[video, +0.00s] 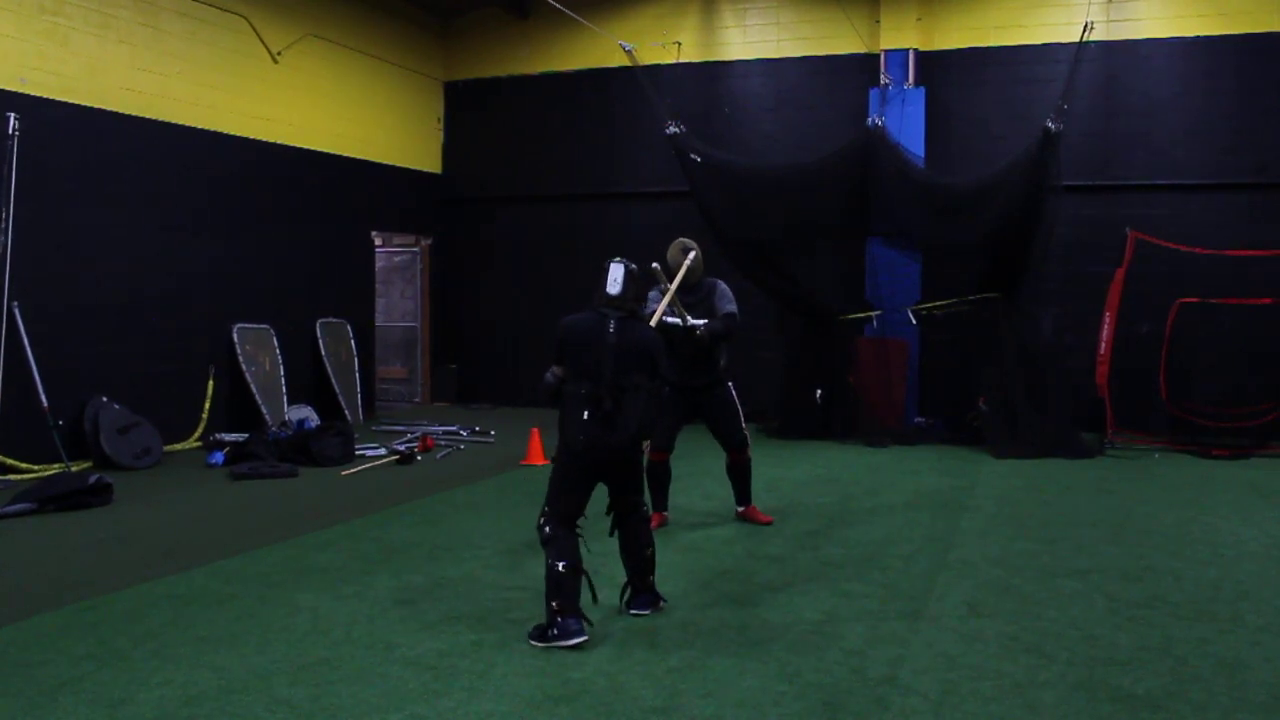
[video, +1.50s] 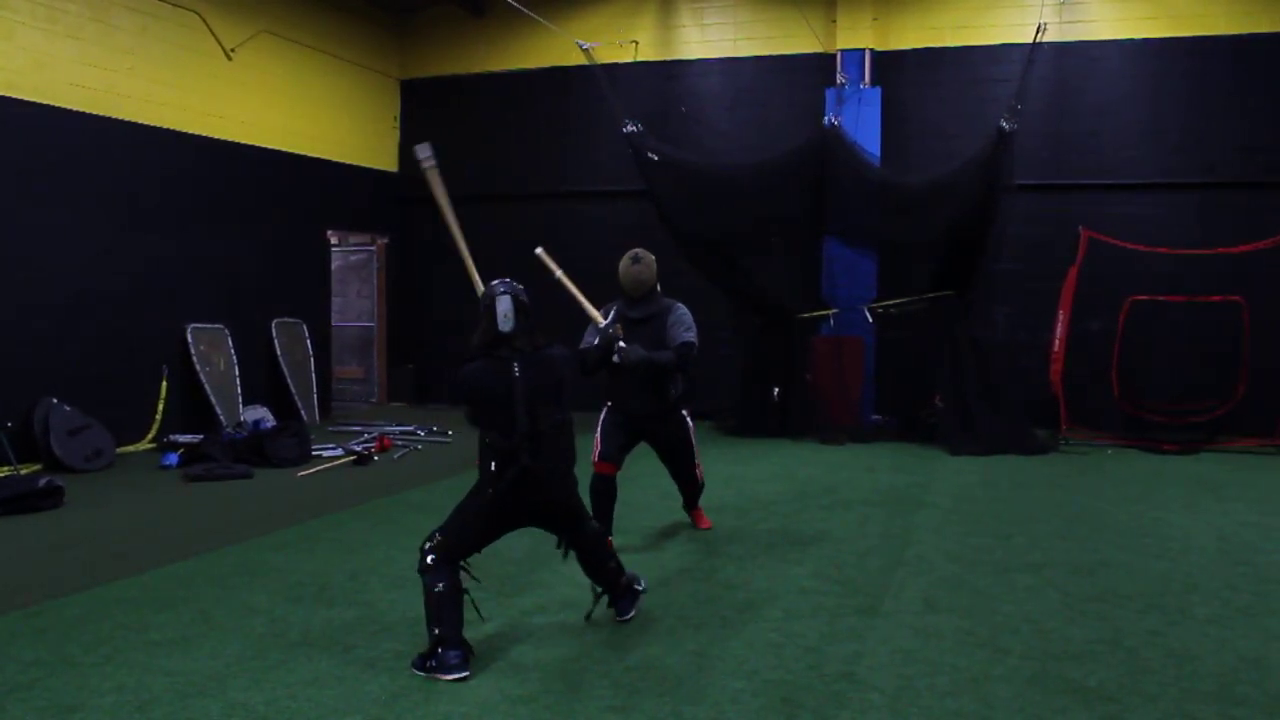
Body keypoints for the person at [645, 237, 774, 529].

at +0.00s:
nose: (690, 273)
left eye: (694, 267)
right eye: (683, 268)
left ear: (701, 266)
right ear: (672, 269)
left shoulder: (716, 289)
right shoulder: (659, 295)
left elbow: (730, 320)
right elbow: (650, 324)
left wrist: (705, 329)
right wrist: (675, 323)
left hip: (713, 383)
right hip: (672, 384)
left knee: (738, 443)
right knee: (659, 448)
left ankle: (744, 506)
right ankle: (658, 512)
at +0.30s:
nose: (708, 281)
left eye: (713, 275)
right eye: (703, 276)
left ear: (721, 270)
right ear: (692, 272)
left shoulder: (739, 293)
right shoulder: (677, 298)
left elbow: (748, 327)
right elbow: (675, 331)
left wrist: (718, 337)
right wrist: (703, 337)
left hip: (734, 387)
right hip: (691, 387)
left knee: (753, 449)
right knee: (669, 448)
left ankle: (746, 506)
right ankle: (661, 510)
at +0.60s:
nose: (697, 275)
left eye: (702, 270)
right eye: (692, 269)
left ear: (712, 267)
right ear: (682, 267)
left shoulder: (728, 293)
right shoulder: (667, 294)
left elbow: (731, 329)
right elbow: (661, 325)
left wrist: (691, 344)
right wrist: (672, 343)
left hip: (716, 385)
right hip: (675, 385)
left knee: (731, 451)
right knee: (650, 445)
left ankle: (725, 507)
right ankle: (644, 511)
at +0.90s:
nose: (640, 272)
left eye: (646, 265)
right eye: (634, 268)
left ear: (658, 273)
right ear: (626, 276)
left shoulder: (676, 301)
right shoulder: (617, 308)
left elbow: (682, 330)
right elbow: (601, 334)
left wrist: (634, 321)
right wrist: (612, 298)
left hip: (668, 401)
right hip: (627, 403)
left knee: (689, 463)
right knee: (612, 468)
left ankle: (700, 509)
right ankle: (605, 535)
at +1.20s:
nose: (620, 292)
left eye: (625, 286)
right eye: (613, 287)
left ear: (636, 282)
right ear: (603, 285)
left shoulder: (655, 308)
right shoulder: (591, 315)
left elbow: (654, 346)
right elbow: (576, 357)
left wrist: (625, 365)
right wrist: (579, 351)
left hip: (648, 406)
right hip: (605, 409)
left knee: (675, 469)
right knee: (591, 473)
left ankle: (674, 510)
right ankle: (599, 536)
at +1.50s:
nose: (635, 288)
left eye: (640, 283)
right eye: (631, 283)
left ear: (652, 282)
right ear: (621, 283)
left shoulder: (675, 312)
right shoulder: (610, 315)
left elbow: (685, 355)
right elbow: (585, 362)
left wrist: (641, 356)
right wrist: (604, 343)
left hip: (666, 409)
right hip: (621, 410)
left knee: (690, 477)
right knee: (602, 471)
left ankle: (692, 508)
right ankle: (603, 536)